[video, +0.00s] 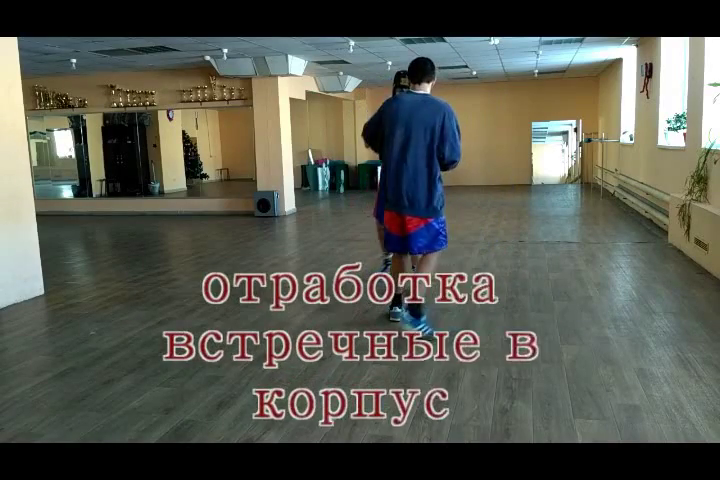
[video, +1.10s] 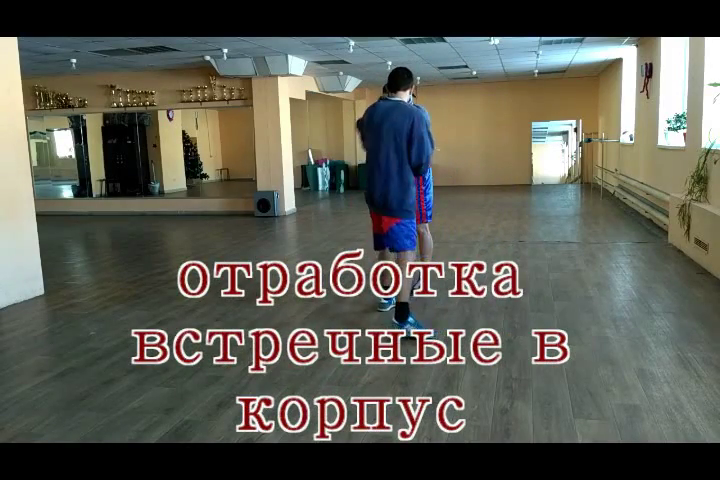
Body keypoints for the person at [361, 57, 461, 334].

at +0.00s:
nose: (433, 83)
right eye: (434, 79)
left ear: (409, 78)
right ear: (432, 80)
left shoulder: (392, 105)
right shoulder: (442, 110)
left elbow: (369, 134)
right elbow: (450, 158)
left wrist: (390, 153)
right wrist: (429, 165)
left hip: (392, 193)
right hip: (425, 195)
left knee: (399, 250)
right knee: (430, 251)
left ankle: (397, 305)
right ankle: (415, 316)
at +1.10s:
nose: (413, 92)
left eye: (412, 89)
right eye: (413, 89)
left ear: (387, 86)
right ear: (410, 89)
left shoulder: (371, 111)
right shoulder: (413, 115)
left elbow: (368, 146)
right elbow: (420, 162)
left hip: (375, 190)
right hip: (402, 193)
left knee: (382, 248)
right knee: (405, 256)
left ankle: (386, 296)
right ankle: (403, 316)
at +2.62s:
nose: (391, 102)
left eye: (391, 98)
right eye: (392, 97)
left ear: (369, 92)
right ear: (388, 96)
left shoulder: (351, 116)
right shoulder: (380, 123)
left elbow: (338, 151)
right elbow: (384, 169)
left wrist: (358, 166)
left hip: (350, 188)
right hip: (369, 192)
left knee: (375, 233)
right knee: (363, 248)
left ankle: (374, 280)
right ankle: (335, 302)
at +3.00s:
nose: (398, 102)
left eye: (398, 98)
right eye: (399, 98)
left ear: (377, 95)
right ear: (394, 98)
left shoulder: (364, 117)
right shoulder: (383, 123)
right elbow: (386, 167)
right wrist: (392, 171)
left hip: (363, 187)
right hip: (371, 192)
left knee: (391, 234)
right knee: (362, 244)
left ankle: (387, 280)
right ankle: (337, 299)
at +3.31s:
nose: (400, 100)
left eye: (400, 96)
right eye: (401, 95)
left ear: (384, 90)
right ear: (396, 93)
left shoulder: (385, 113)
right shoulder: (376, 115)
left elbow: (405, 112)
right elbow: (373, 158)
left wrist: (422, 99)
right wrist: (394, 156)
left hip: (377, 186)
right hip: (365, 188)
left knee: (388, 231)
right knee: (367, 236)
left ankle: (387, 280)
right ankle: (345, 290)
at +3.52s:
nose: (384, 102)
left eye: (385, 97)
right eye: (384, 97)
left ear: (363, 93)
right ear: (379, 96)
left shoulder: (353, 115)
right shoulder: (365, 120)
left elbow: (357, 147)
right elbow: (373, 166)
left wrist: (377, 128)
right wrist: (385, 161)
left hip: (364, 192)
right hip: (358, 194)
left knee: (385, 230)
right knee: (356, 240)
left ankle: (387, 279)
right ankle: (326, 288)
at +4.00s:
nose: (395, 104)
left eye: (395, 100)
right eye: (394, 99)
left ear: (383, 97)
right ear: (385, 97)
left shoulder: (385, 122)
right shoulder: (363, 120)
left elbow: (410, 116)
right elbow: (353, 160)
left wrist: (436, 101)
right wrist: (381, 161)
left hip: (370, 190)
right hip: (352, 190)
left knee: (380, 229)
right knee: (344, 233)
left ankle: (381, 272)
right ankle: (329, 285)